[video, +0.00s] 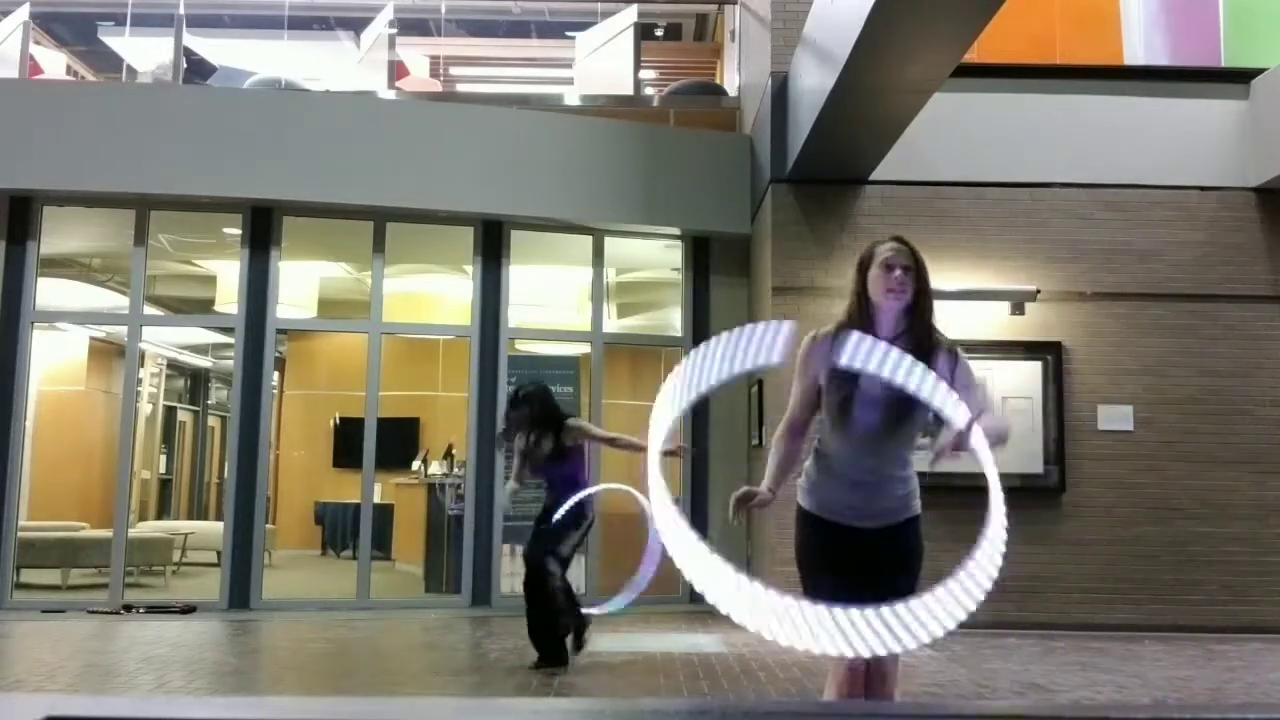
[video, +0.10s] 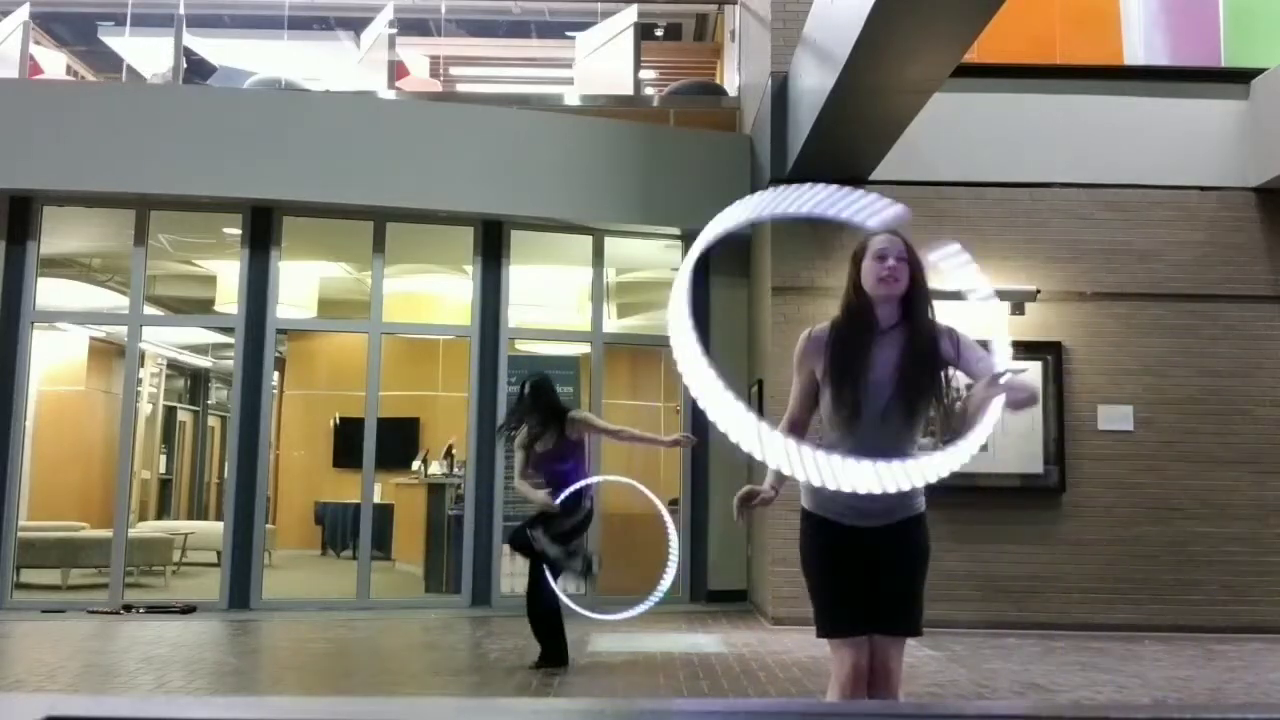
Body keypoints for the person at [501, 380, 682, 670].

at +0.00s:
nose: (519, 418)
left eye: (522, 412)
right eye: (517, 413)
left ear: (538, 409)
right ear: (519, 414)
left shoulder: (571, 428)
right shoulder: (525, 440)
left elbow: (613, 440)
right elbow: (518, 478)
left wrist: (659, 449)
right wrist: (510, 490)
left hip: (577, 509)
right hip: (551, 511)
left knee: (548, 565)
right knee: (535, 578)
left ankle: (575, 620)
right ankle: (551, 653)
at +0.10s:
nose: (528, 412)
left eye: (533, 406)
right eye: (525, 406)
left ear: (545, 403)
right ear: (523, 405)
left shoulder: (575, 421)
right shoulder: (524, 436)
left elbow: (618, 433)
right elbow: (518, 481)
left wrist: (665, 441)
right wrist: (537, 496)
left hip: (577, 506)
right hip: (548, 510)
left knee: (520, 537)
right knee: (539, 590)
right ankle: (553, 654)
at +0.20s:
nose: (537, 399)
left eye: (542, 392)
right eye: (533, 392)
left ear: (555, 387)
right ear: (528, 390)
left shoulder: (579, 406)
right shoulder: (526, 420)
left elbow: (623, 423)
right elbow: (524, 466)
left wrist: (667, 434)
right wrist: (546, 481)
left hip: (580, 496)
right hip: (554, 499)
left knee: (519, 523)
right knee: (550, 572)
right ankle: (555, 648)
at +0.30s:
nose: (544, 380)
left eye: (550, 373)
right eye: (540, 375)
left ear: (562, 374)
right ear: (535, 377)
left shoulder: (582, 399)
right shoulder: (536, 410)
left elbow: (628, 418)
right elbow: (530, 456)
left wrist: (672, 428)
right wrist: (550, 468)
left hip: (579, 487)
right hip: (550, 490)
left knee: (524, 523)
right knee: (555, 571)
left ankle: (591, 543)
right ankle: (561, 650)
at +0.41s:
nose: (554, 382)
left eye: (560, 376)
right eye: (550, 376)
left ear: (572, 378)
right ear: (544, 379)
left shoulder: (588, 405)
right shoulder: (542, 413)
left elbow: (631, 425)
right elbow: (531, 461)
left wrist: (674, 436)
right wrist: (545, 450)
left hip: (582, 495)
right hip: (556, 495)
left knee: (549, 547)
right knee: (552, 561)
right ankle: (564, 651)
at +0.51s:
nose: (559, 378)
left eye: (565, 372)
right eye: (555, 373)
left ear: (575, 376)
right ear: (549, 376)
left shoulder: (591, 405)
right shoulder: (547, 412)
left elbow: (630, 431)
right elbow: (537, 459)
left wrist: (671, 454)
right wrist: (537, 434)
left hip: (583, 498)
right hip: (552, 498)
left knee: (571, 573)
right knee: (556, 576)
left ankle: (574, 653)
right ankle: (561, 652)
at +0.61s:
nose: (565, 377)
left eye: (571, 372)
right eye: (561, 372)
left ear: (581, 376)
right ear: (555, 376)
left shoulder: (595, 407)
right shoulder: (548, 410)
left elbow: (626, 441)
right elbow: (538, 458)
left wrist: (658, 469)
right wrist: (534, 434)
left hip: (584, 501)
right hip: (551, 502)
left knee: (579, 579)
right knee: (557, 579)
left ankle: (576, 659)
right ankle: (560, 655)